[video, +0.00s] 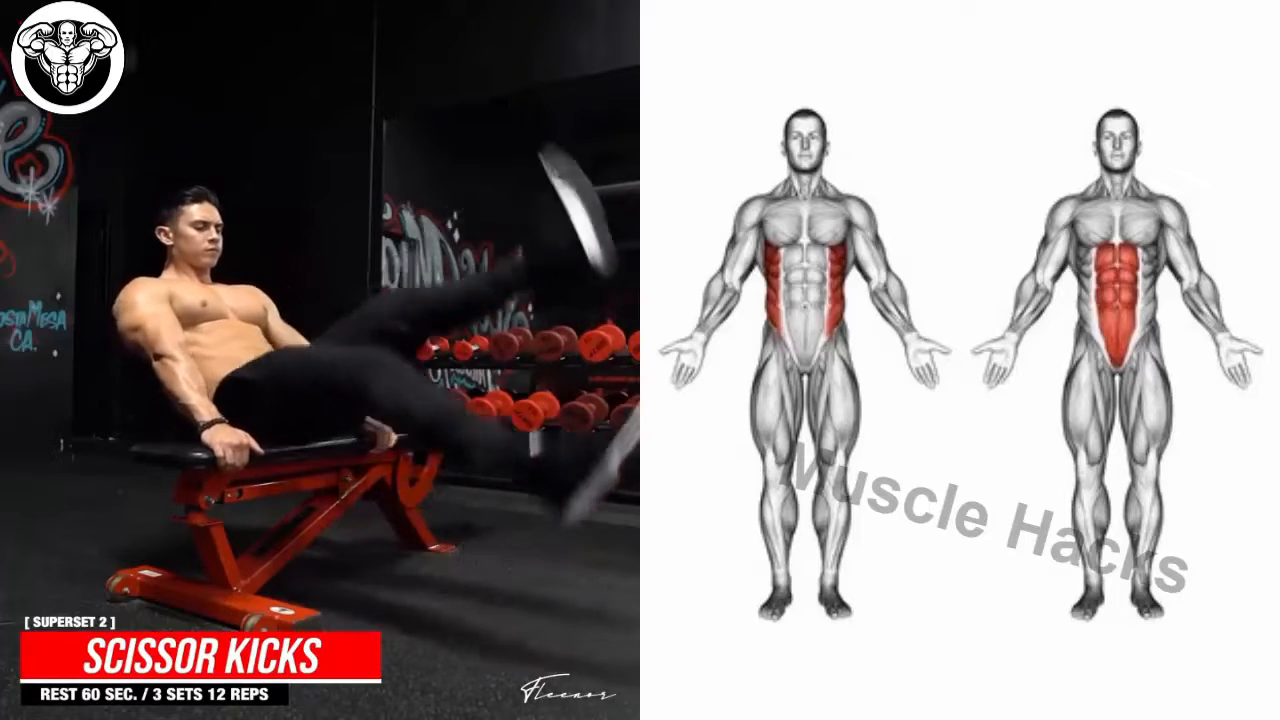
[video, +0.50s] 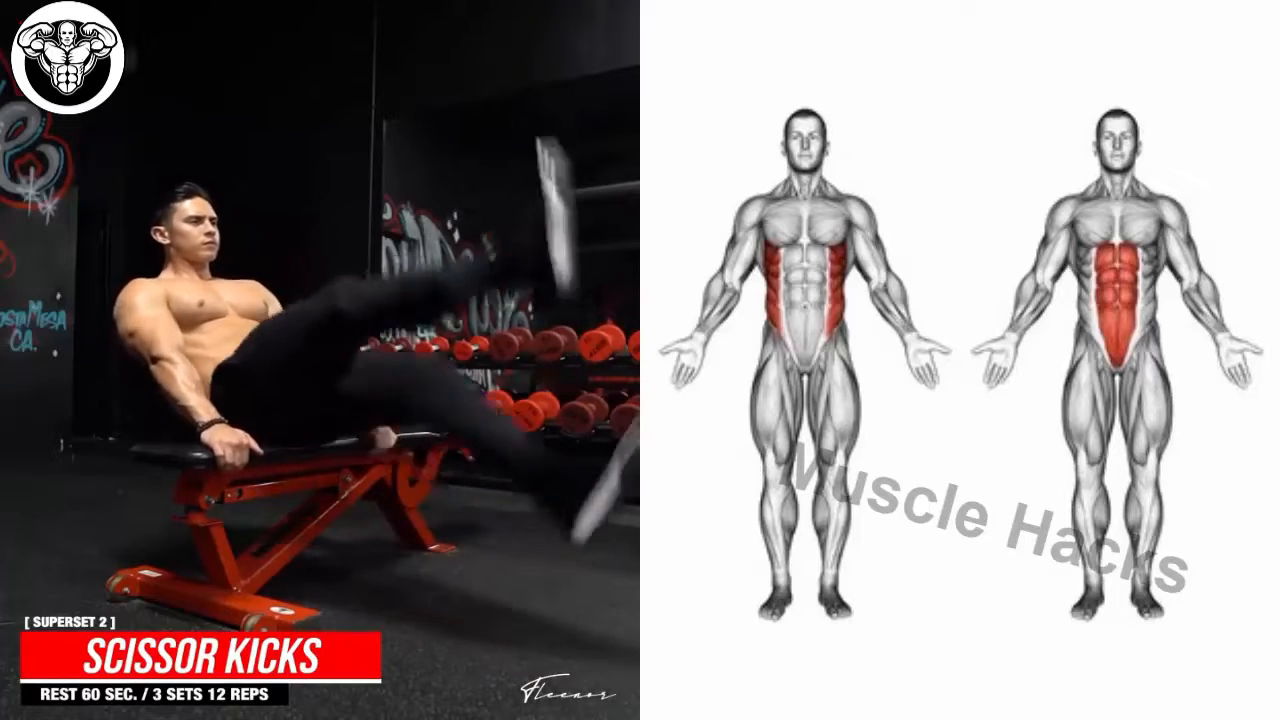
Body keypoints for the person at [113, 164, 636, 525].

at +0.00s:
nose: (212, 236)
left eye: (216, 227)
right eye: (199, 227)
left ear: (219, 237)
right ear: (166, 236)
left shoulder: (249, 295)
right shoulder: (143, 293)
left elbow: (310, 354)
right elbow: (168, 359)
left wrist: (364, 416)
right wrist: (210, 424)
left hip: (298, 378)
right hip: (241, 394)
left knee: (389, 312)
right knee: (372, 369)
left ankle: (540, 263)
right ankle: (547, 464)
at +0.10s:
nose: (213, 233)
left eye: (217, 225)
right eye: (199, 224)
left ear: (219, 236)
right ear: (166, 233)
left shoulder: (250, 293)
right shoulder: (145, 291)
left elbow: (311, 350)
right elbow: (167, 360)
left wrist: (368, 389)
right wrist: (210, 423)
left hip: (309, 370)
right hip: (250, 386)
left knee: (376, 297)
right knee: (377, 407)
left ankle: (500, 194)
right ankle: (520, 540)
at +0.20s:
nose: (214, 231)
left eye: (217, 223)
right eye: (199, 222)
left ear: (220, 235)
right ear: (166, 233)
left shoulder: (250, 294)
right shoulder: (144, 291)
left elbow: (311, 349)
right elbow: (163, 357)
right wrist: (208, 424)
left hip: (303, 368)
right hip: (250, 385)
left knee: (376, 288)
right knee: (369, 415)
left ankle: (499, 179)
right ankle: (498, 566)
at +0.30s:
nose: (212, 231)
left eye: (215, 223)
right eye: (197, 222)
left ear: (217, 235)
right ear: (164, 233)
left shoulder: (249, 294)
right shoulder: (142, 291)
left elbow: (309, 350)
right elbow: (165, 357)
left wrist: (373, 387)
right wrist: (208, 423)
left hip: (293, 375)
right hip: (237, 388)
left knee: (380, 304)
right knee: (363, 389)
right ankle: (514, 514)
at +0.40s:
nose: (209, 232)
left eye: (212, 224)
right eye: (195, 223)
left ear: (215, 234)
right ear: (162, 235)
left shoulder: (249, 292)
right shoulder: (141, 293)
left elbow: (304, 355)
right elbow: (167, 358)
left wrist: (352, 410)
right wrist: (210, 421)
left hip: (294, 393)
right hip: (240, 402)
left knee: (401, 326)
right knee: (361, 346)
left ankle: (557, 364)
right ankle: (527, 387)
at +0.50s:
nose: (208, 229)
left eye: (212, 221)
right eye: (193, 222)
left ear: (217, 231)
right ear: (162, 235)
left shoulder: (252, 292)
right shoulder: (142, 294)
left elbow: (309, 355)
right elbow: (166, 362)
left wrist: (366, 417)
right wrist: (210, 424)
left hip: (307, 396)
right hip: (244, 405)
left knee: (428, 379)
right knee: (338, 302)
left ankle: (563, 486)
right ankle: (518, 266)